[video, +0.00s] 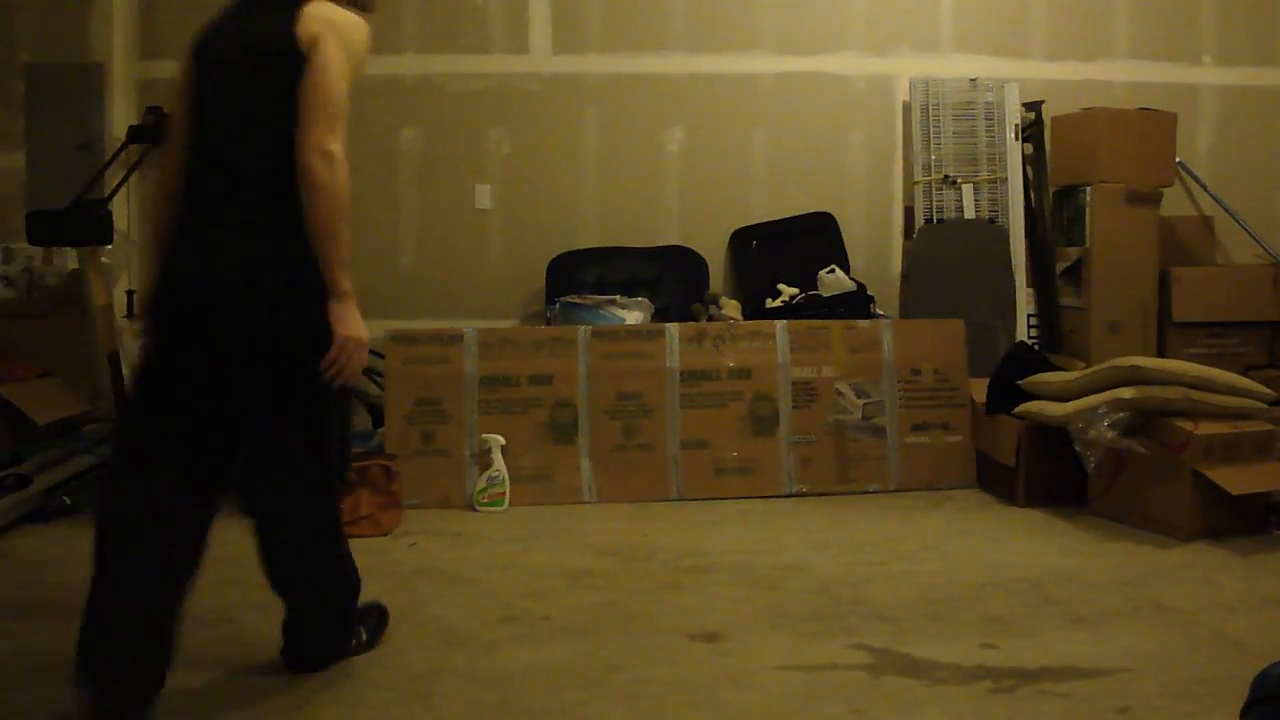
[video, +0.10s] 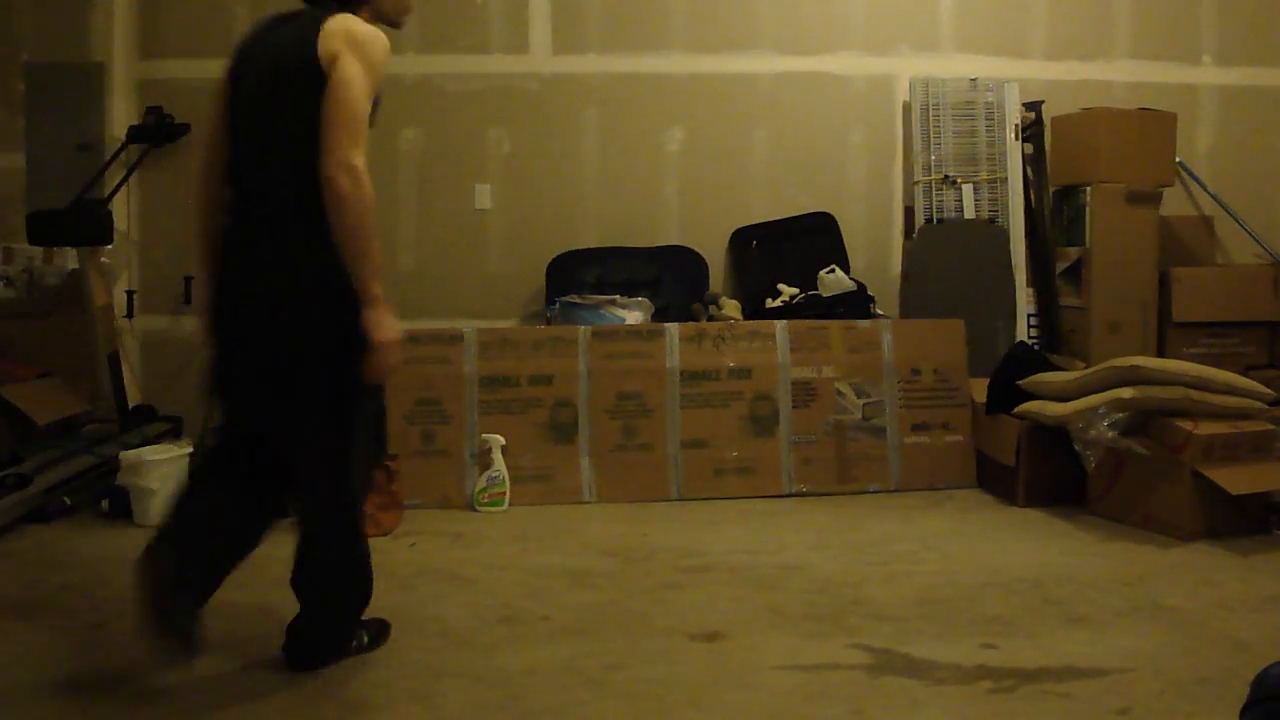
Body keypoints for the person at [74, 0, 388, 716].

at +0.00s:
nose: (373, 11)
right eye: (369, 6)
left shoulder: (216, 30)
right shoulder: (334, 24)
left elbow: (173, 167)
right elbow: (320, 155)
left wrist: (156, 287)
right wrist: (343, 294)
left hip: (196, 288)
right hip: (281, 290)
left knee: (159, 482)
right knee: (295, 457)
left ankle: (116, 679)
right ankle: (320, 626)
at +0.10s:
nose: (408, 9)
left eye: (406, 3)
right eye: (403, 0)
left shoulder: (261, 41)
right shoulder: (359, 38)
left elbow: (216, 177)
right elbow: (343, 171)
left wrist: (217, 290)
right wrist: (374, 301)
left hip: (250, 288)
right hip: (320, 293)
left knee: (260, 444)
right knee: (334, 452)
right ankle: (327, 625)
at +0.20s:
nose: (429, 8)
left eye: (429, 4)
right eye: (427, 2)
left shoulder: (297, 34)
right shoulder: (372, 26)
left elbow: (247, 162)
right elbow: (353, 149)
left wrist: (275, 244)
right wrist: (404, 255)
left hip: (287, 268)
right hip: (340, 268)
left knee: (359, 423)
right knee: (379, 433)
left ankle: (263, 509)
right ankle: (325, 628)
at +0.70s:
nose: (581, 10)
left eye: (581, 2)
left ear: (538, 5)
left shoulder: (491, 47)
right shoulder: (495, 38)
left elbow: (395, 128)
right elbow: (433, 115)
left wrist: (450, 201)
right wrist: (502, 206)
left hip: (451, 267)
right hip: (458, 270)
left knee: (488, 437)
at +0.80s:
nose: (611, 12)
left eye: (613, 3)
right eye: (603, 1)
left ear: (573, 7)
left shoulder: (537, 60)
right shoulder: (517, 46)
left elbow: (464, 147)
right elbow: (448, 127)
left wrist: (519, 241)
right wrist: (518, 231)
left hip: (497, 274)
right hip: (478, 275)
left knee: (525, 429)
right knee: (587, 423)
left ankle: (509, 591)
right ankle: (453, 517)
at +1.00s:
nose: (657, 1)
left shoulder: (606, 49)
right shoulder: (566, 29)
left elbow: (567, 150)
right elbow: (477, 106)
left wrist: (590, 236)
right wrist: (480, 223)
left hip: (567, 267)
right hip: (544, 266)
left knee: (537, 432)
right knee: (628, 420)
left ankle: (504, 595)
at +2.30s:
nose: (673, 4)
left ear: (713, 2)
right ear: (651, 0)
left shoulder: (745, 63)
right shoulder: (628, 54)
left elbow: (739, 168)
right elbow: (579, 130)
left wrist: (635, 208)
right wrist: (576, 185)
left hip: (726, 268)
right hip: (665, 268)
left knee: (679, 446)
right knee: (718, 433)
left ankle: (614, 621)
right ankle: (810, 574)